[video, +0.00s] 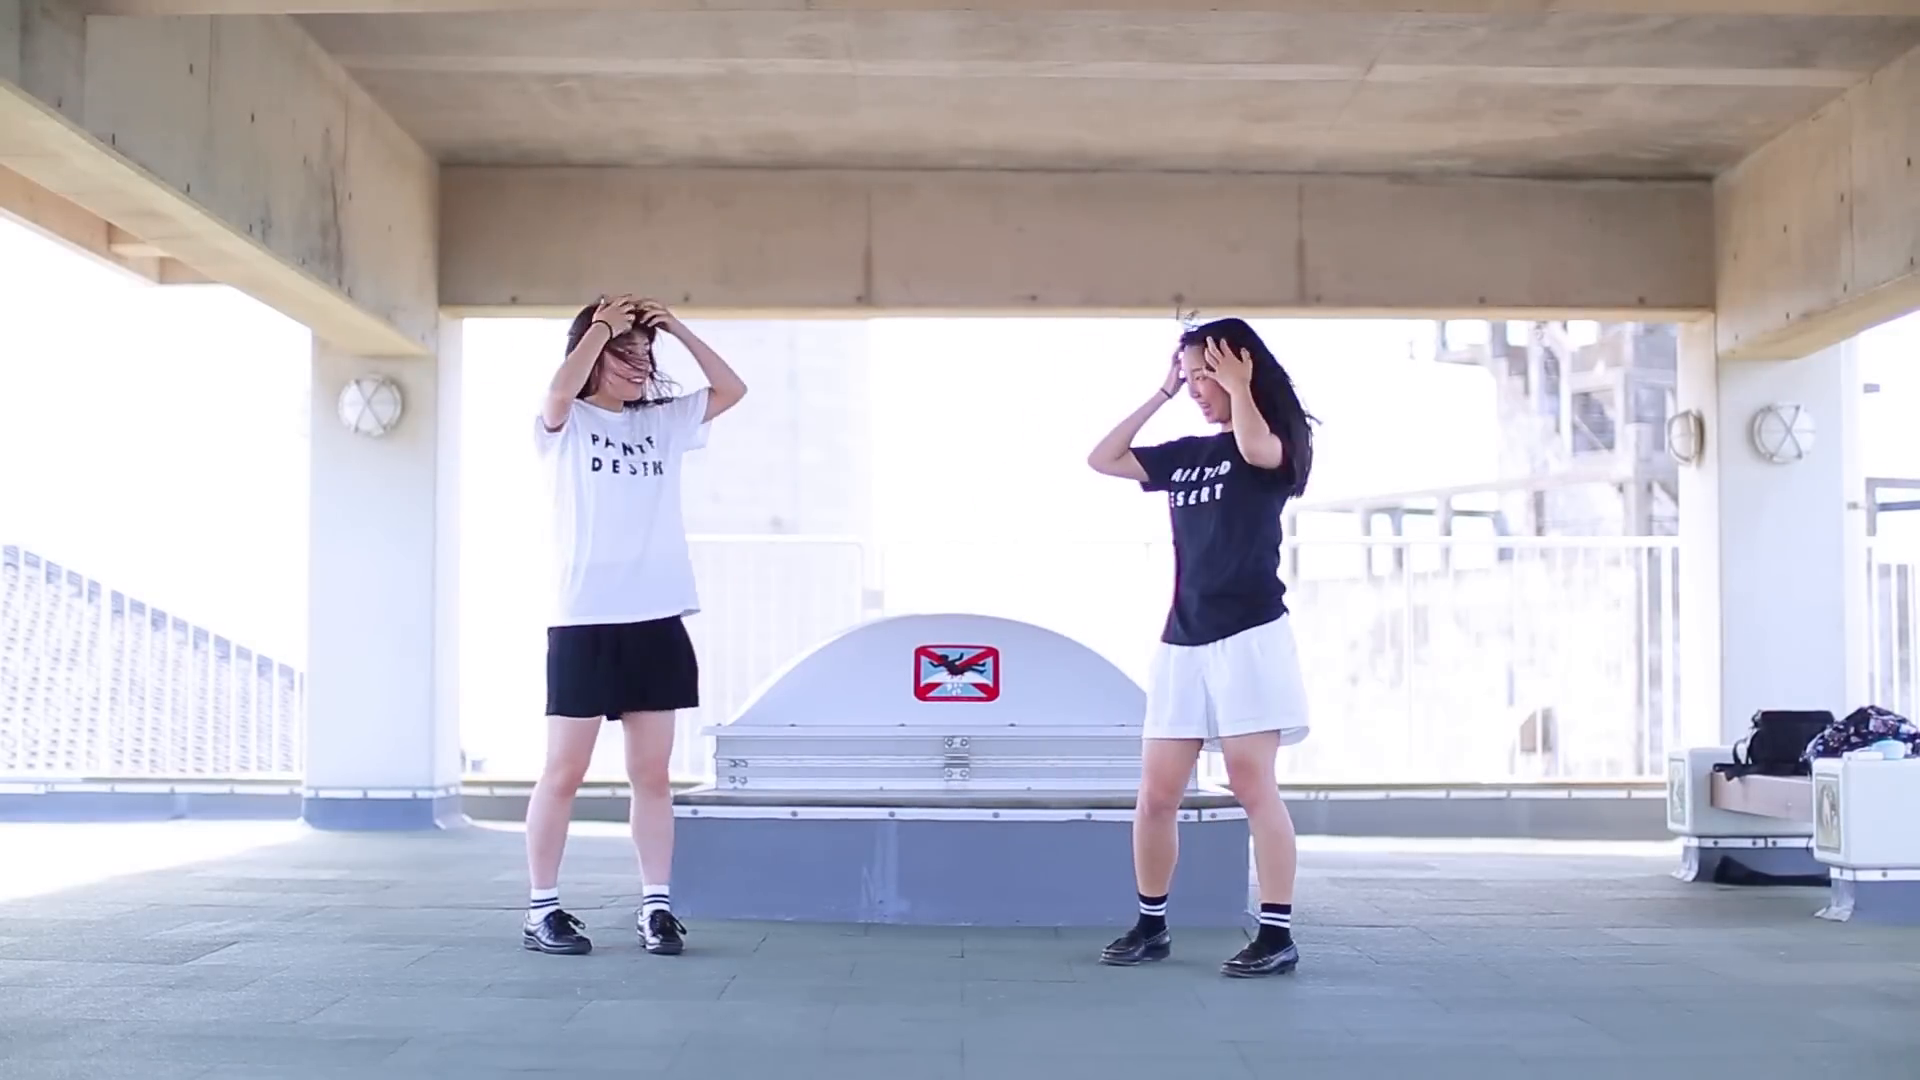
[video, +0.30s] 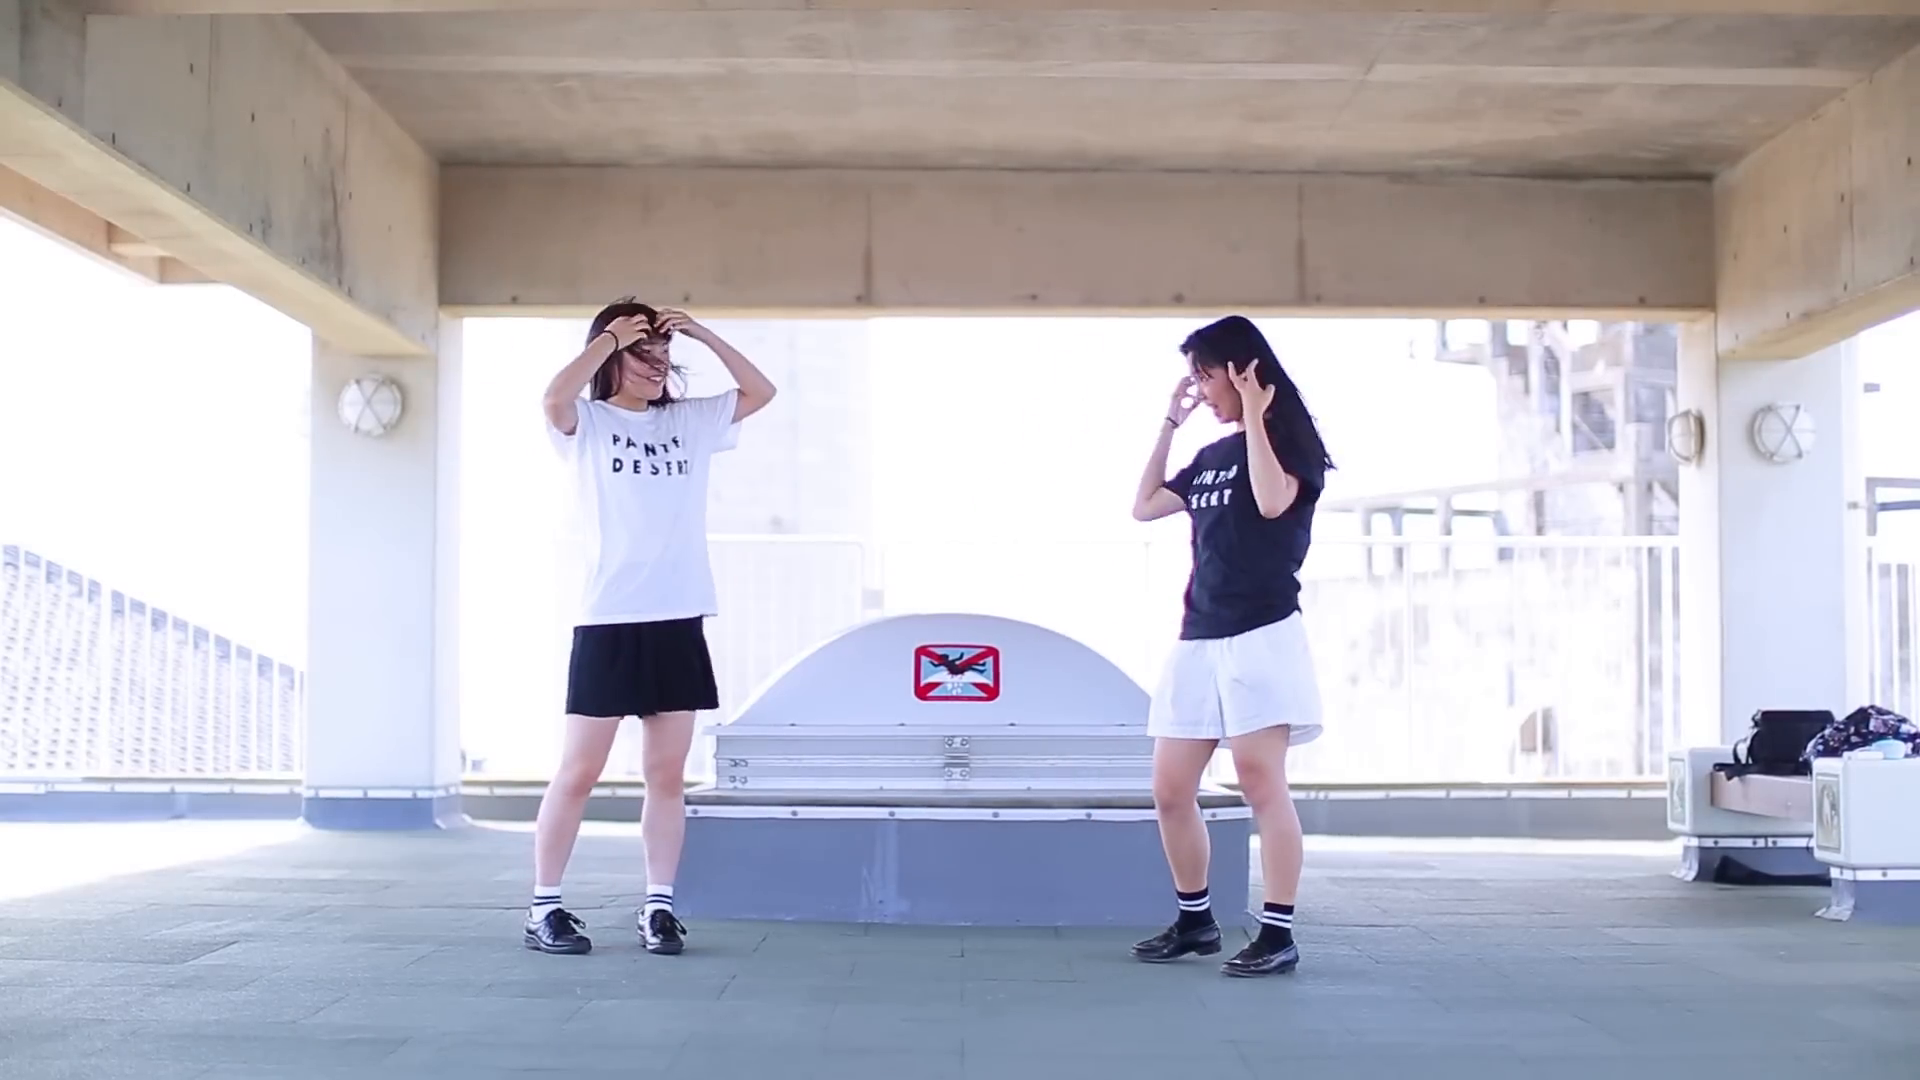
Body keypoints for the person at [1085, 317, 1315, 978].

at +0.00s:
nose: (1196, 393)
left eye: (1205, 379)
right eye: (1189, 383)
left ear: (1242, 377)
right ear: (1189, 386)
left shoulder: (1282, 442)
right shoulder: (1187, 453)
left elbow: (1258, 451)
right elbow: (1105, 458)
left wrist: (1244, 387)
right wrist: (1161, 396)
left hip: (1251, 637)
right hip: (1182, 642)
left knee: (1253, 786)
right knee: (1156, 796)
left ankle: (1275, 936)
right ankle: (1150, 926)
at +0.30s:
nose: (1197, 388)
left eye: (1205, 375)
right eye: (1195, 377)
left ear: (1245, 370)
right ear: (1216, 379)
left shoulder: (1292, 441)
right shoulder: (1215, 457)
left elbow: (1272, 502)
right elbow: (1146, 506)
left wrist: (1252, 418)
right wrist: (1171, 425)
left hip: (1262, 635)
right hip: (1198, 640)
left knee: (1262, 781)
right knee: (1171, 791)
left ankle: (1276, 936)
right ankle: (1194, 922)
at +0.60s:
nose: (1166, 383)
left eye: (1174, 370)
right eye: (1165, 371)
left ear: (1213, 373)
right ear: (1200, 377)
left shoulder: (1260, 439)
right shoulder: (1190, 455)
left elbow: (1291, 542)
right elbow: (1188, 560)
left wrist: (1233, 564)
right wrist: (1127, 611)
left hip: (1245, 639)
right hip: (1185, 643)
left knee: (1252, 782)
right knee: (1167, 793)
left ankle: (1275, 935)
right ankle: (1180, 925)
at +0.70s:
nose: (1149, 380)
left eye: (1158, 368)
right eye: (1147, 368)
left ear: (1196, 371)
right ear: (1169, 376)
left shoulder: (1240, 440)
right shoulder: (1172, 452)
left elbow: (1272, 544)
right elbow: (1181, 560)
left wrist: (1240, 605)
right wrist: (1145, 632)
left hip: (1231, 639)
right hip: (1171, 646)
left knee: (1243, 781)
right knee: (1161, 793)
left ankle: (1273, 934)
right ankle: (1179, 926)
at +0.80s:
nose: (1140, 384)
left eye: (1150, 371)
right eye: (1135, 373)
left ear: (1187, 369)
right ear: (1139, 375)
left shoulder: (1230, 442)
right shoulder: (1157, 454)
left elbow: (1262, 543)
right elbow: (1169, 554)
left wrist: (1212, 589)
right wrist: (1131, 613)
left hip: (1223, 636)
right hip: (1160, 641)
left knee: (1227, 780)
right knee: (1157, 788)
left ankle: (1270, 930)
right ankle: (1178, 925)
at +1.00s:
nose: (1141, 415)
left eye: (1148, 403)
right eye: (1134, 405)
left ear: (1179, 390)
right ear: (1137, 399)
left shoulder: (1230, 436)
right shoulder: (1141, 446)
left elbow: (1216, 521)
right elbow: (1104, 539)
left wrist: (1161, 450)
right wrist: (1077, 496)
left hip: (1214, 632)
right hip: (1147, 637)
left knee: (1212, 772)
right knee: (1154, 785)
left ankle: (1246, 924)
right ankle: (1178, 927)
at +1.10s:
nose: (1155, 420)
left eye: (1159, 409)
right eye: (1146, 411)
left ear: (1185, 398)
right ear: (1144, 407)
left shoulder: (1228, 436)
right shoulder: (1134, 447)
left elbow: (1200, 501)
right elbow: (1084, 517)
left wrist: (1160, 424)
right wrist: (1081, 444)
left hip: (1214, 632)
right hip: (1146, 637)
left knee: (1217, 772)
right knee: (1155, 784)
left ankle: (1236, 925)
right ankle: (1177, 925)